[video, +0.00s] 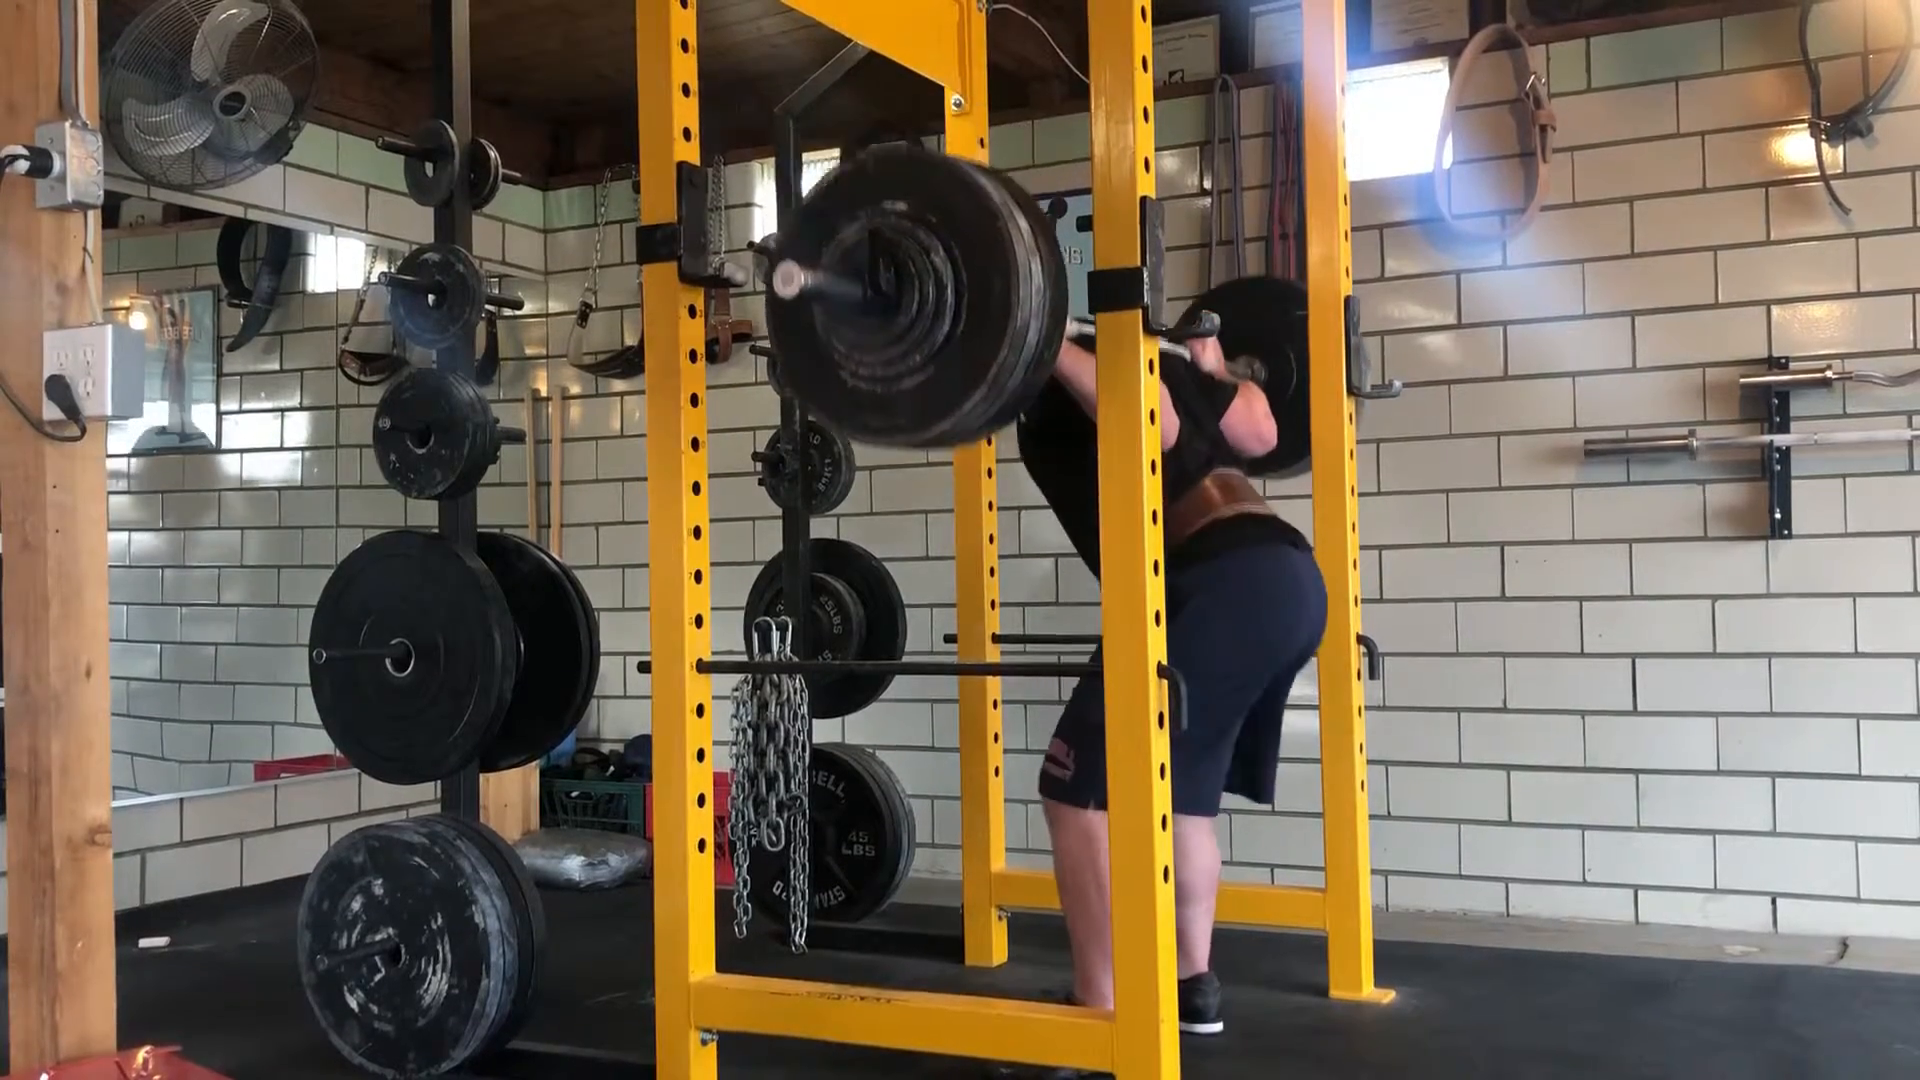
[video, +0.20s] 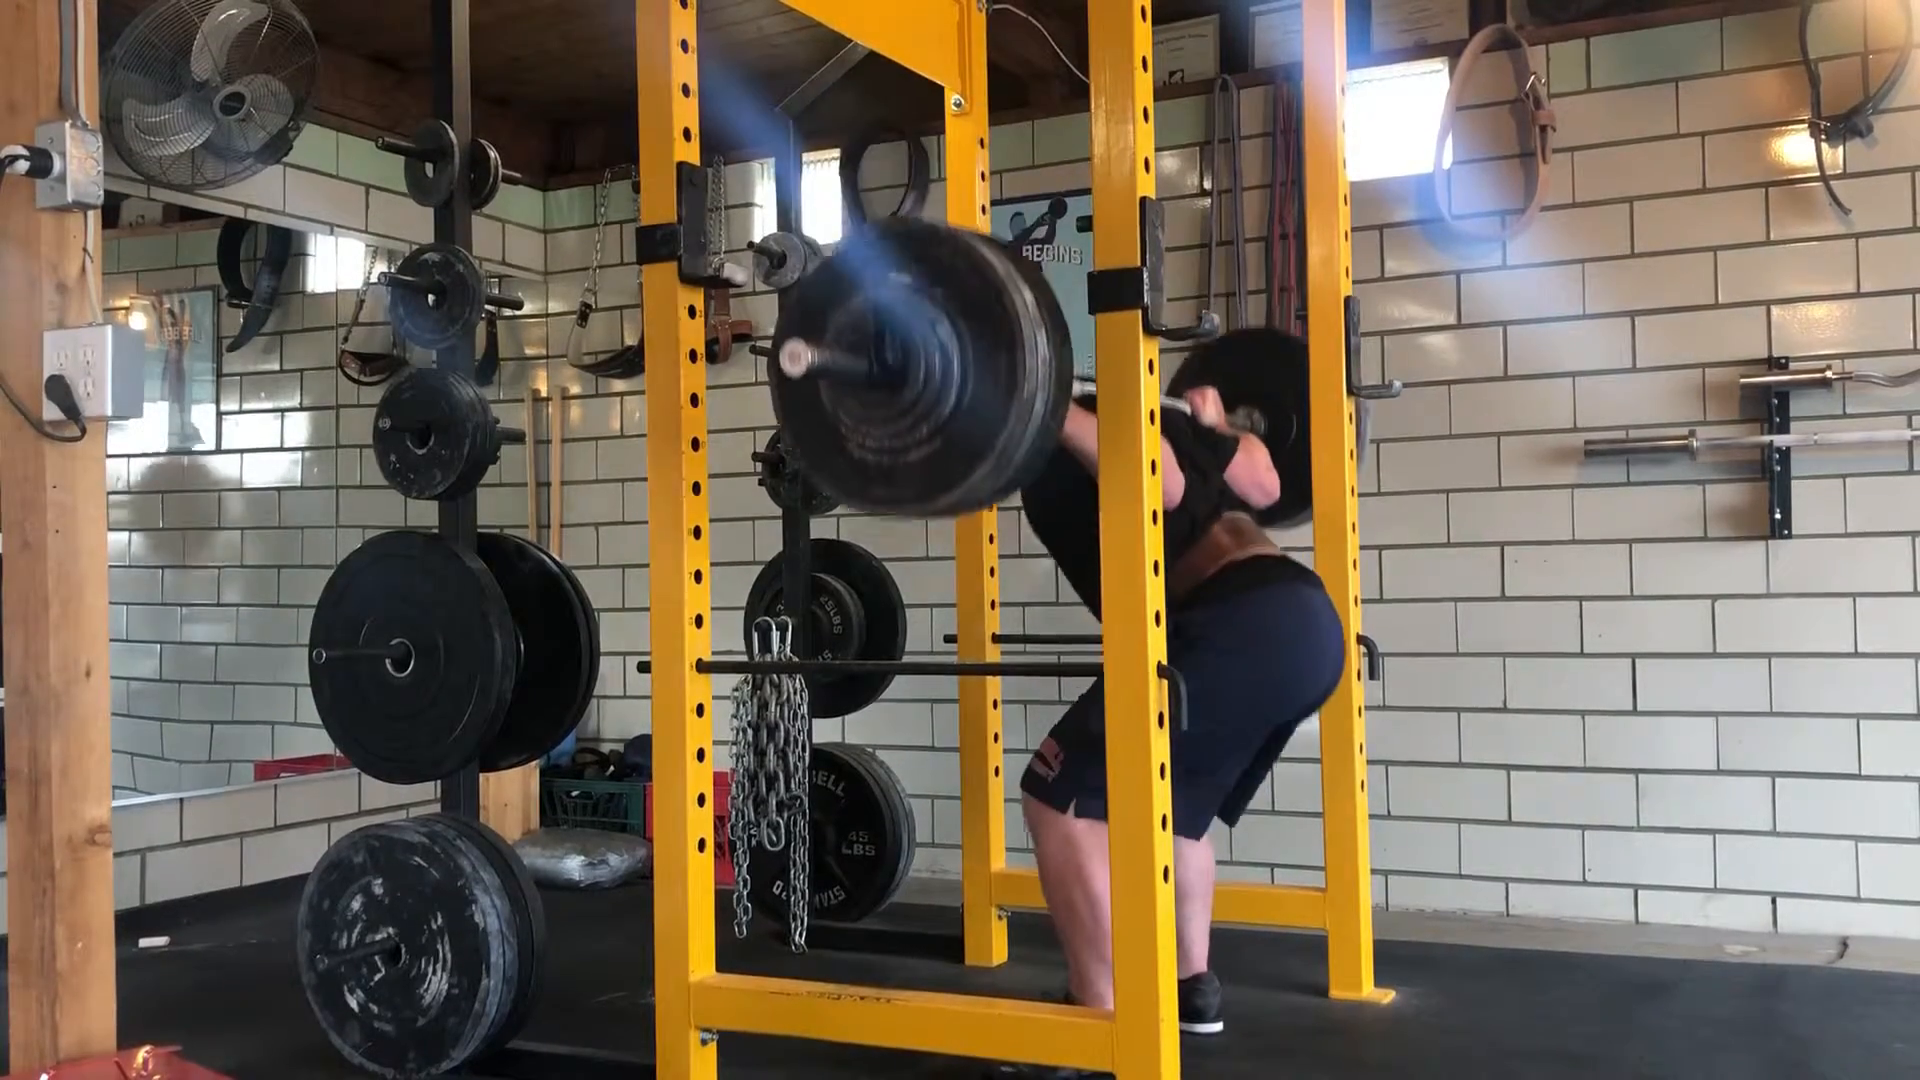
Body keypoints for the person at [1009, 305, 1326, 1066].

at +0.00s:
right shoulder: (1150, 356)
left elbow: (1158, 424)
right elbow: (1258, 431)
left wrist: (1042, 346)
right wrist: (1213, 367)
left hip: (1223, 579)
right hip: (1281, 578)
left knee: (1072, 780)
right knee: (1191, 787)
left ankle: (1098, 1005)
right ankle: (1192, 987)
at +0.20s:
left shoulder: (1081, 426)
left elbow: (1167, 485)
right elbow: (1265, 484)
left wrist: (1045, 405)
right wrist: (1216, 426)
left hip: (1248, 620)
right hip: (1298, 621)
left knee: (1059, 790)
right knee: (1181, 807)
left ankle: (1101, 1012)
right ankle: (1191, 987)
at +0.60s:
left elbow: (1165, 599)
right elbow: (1260, 577)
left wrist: (1042, 524)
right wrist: (1210, 528)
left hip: (1269, 717)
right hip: (1307, 718)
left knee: (1027, 805)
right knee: (1157, 818)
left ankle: (1101, 1022)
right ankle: (1190, 982)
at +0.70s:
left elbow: (1161, 626)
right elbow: (1259, 603)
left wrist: (1041, 545)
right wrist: (1203, 550)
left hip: (1266, 744)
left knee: (1016, 810)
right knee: (1145, 812)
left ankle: (1104, 1029)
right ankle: (1188, 983)